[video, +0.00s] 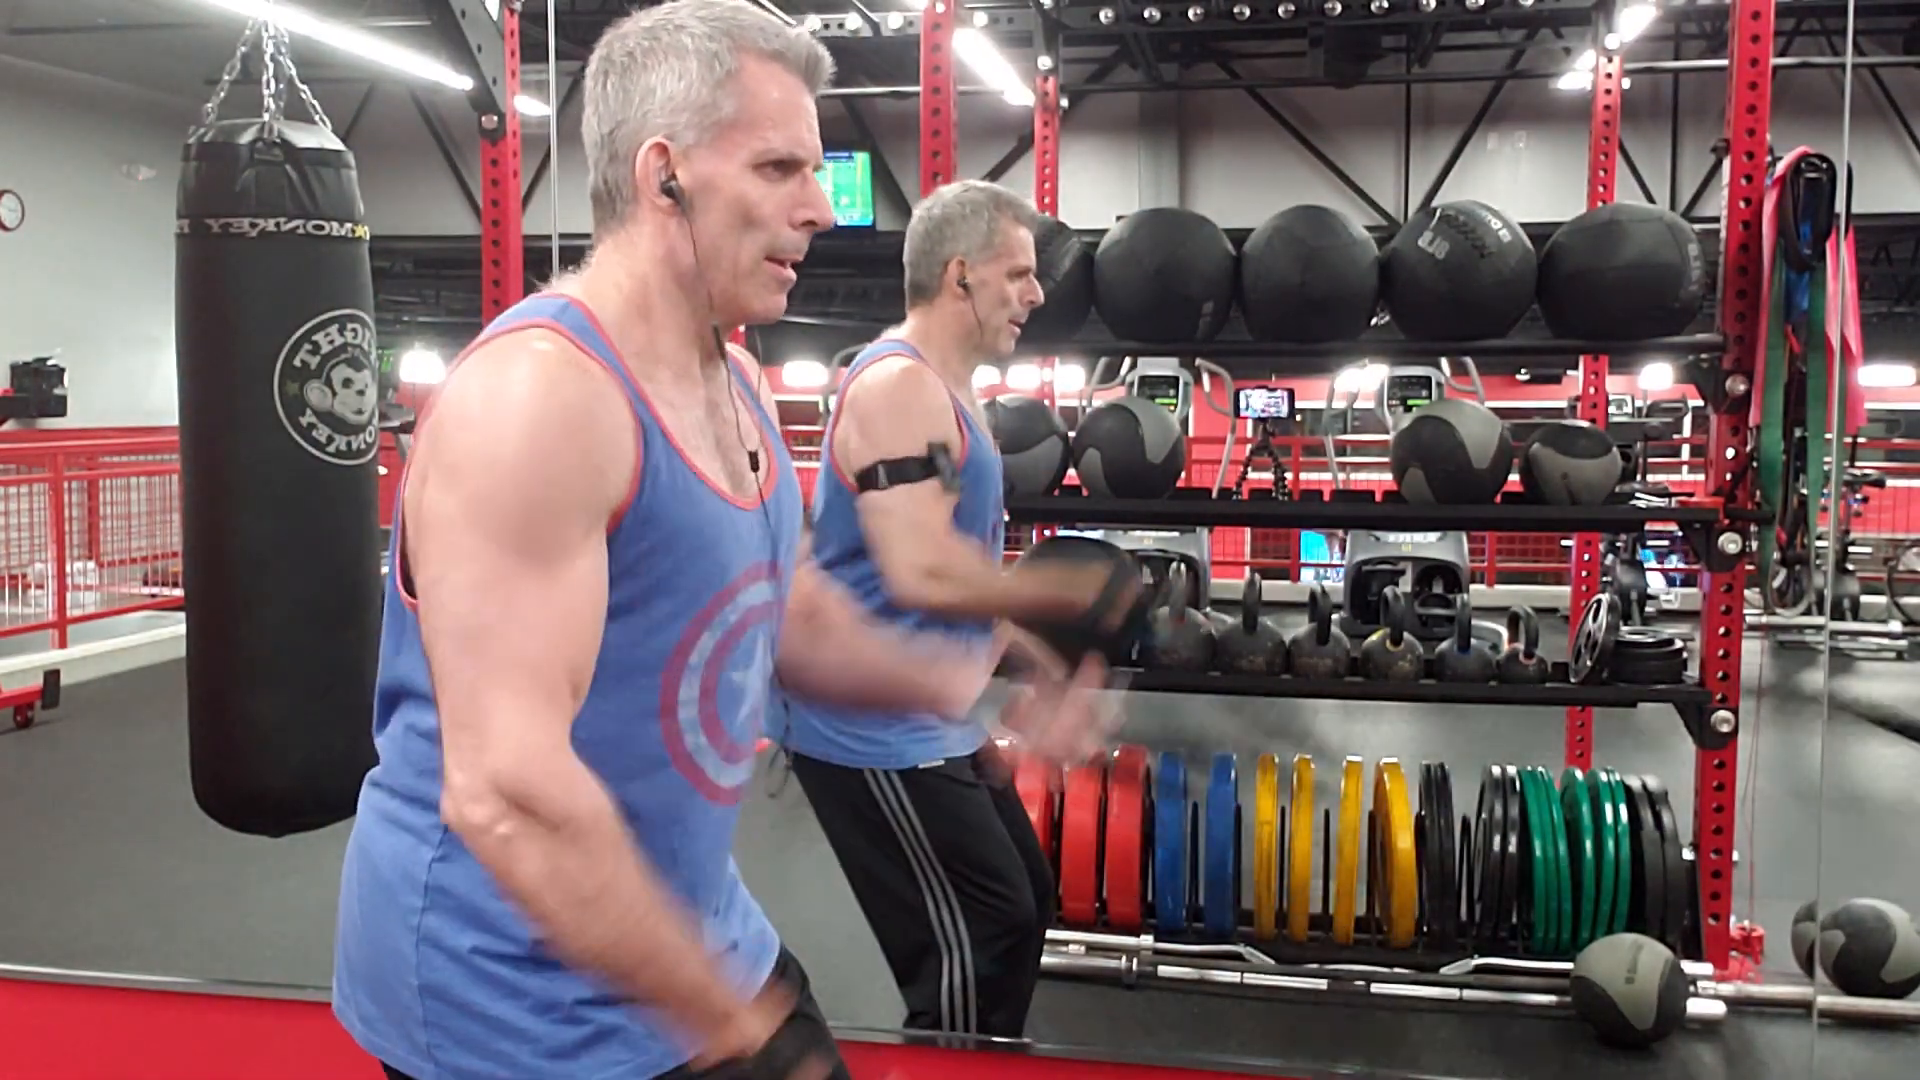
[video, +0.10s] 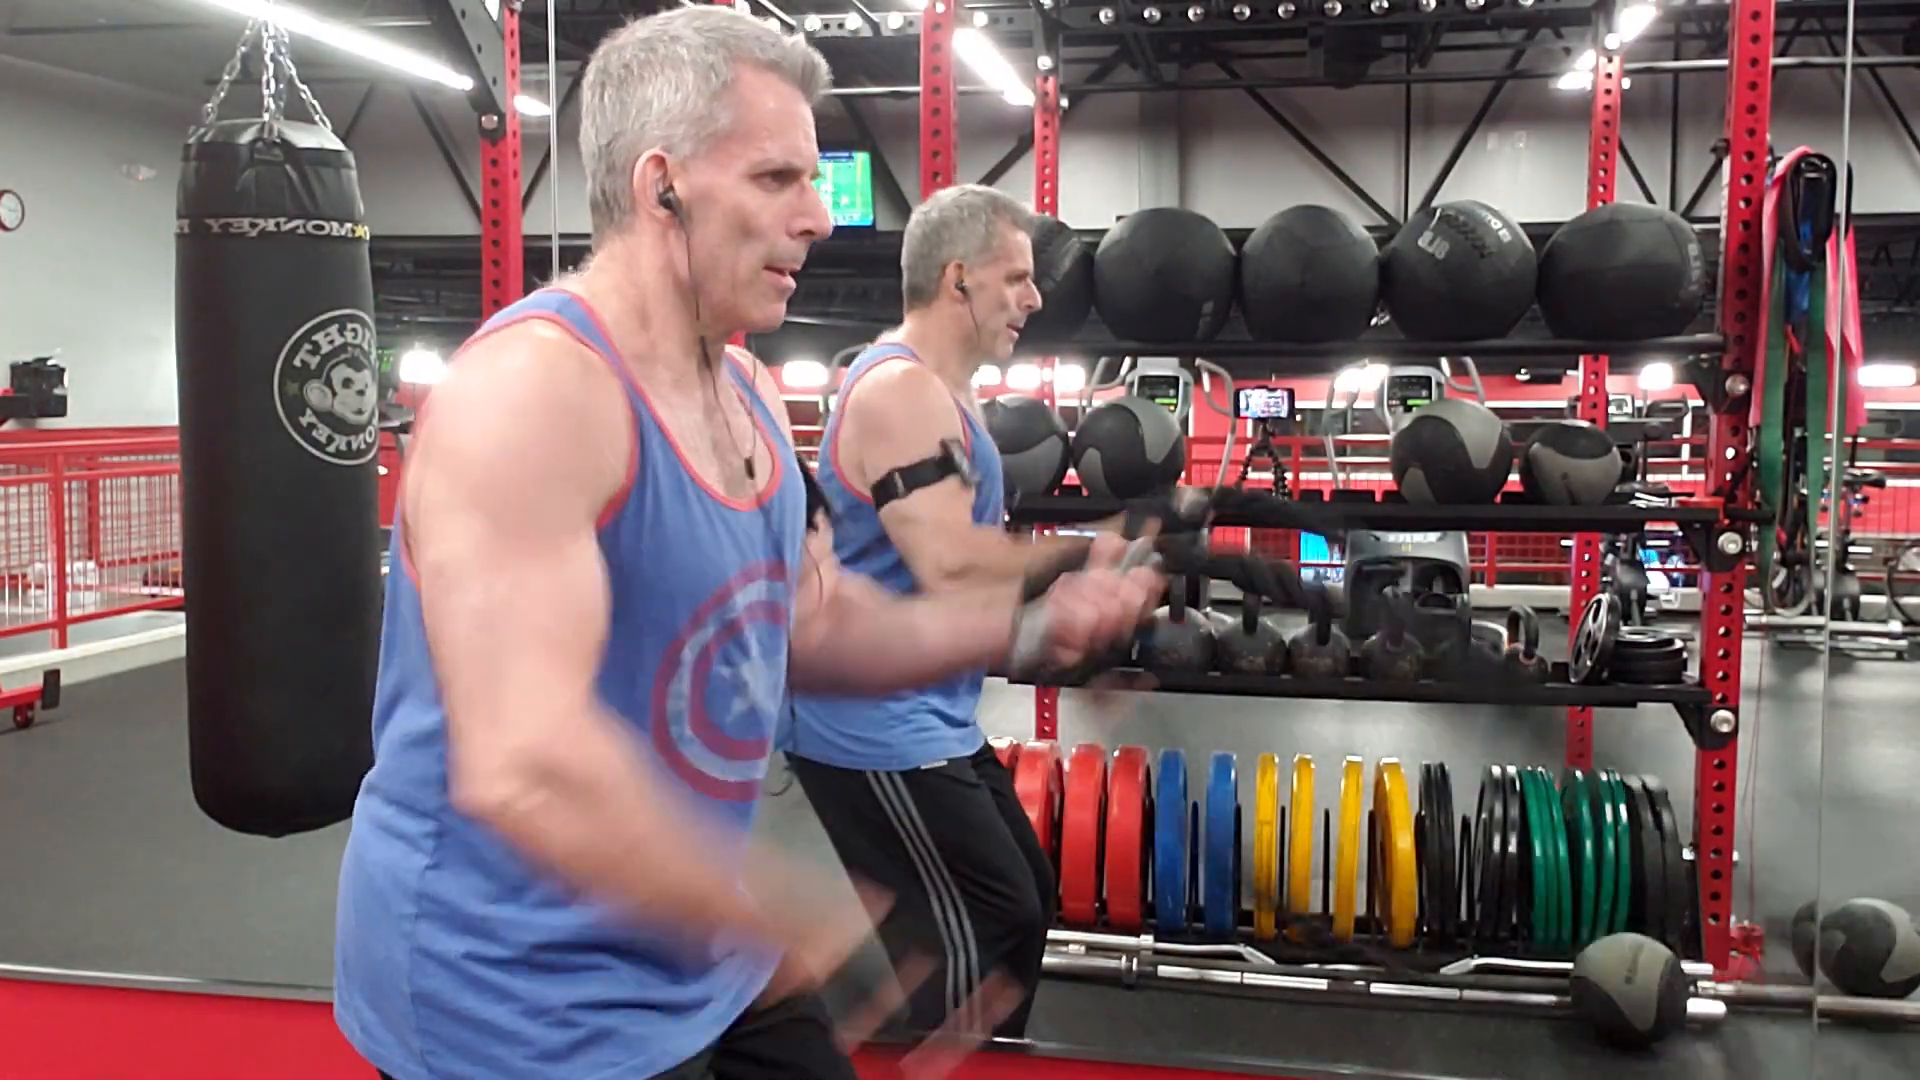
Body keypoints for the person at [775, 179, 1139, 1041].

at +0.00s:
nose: (1034, 297)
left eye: (1035, 277)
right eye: (1019, 275)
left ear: (959, 279)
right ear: (957, 276)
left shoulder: (947, 393)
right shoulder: (898, 386)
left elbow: (946, 577)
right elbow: (916, 570)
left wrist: (1031, 659)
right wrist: (1076, 589)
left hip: (926, 715)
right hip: (866, 725)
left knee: (1022, 907)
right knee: (976, 929)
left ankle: (979, 1061)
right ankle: (952, 1068)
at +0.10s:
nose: (1032, 301)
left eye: (1032, 281)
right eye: (1018, 279)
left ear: (961, 283)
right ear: (955, 280)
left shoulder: (941, 394)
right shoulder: (899, 388)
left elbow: (969, 565)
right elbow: (950, 563)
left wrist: (1076, 574)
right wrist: (1084, 544)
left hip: (930, 716)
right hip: (872, 725)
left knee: (1024, 907)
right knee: (996, 929)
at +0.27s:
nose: (1040, 315)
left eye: (1039, 295)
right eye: (1027, 293)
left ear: (973, 295)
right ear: (970, 292)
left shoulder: (928, 393)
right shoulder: (925, 403)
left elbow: (1015, 538)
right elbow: (932, 601)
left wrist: (1152, 520)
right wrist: (1050, 672)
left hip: (918, 743)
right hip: (906, 752)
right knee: (1003, 946)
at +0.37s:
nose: (1040, 318)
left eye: (1041, 297)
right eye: (1028, 295)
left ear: (967, 295)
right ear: (967, 293)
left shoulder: (947, 394)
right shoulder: (912, 397)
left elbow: (975, 568)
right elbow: (970, 576)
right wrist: (1125, 560)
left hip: (919, 717)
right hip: (865, 728)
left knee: (1023, 907)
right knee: (988, 928)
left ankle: (974, 1062)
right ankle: (955, 1067)